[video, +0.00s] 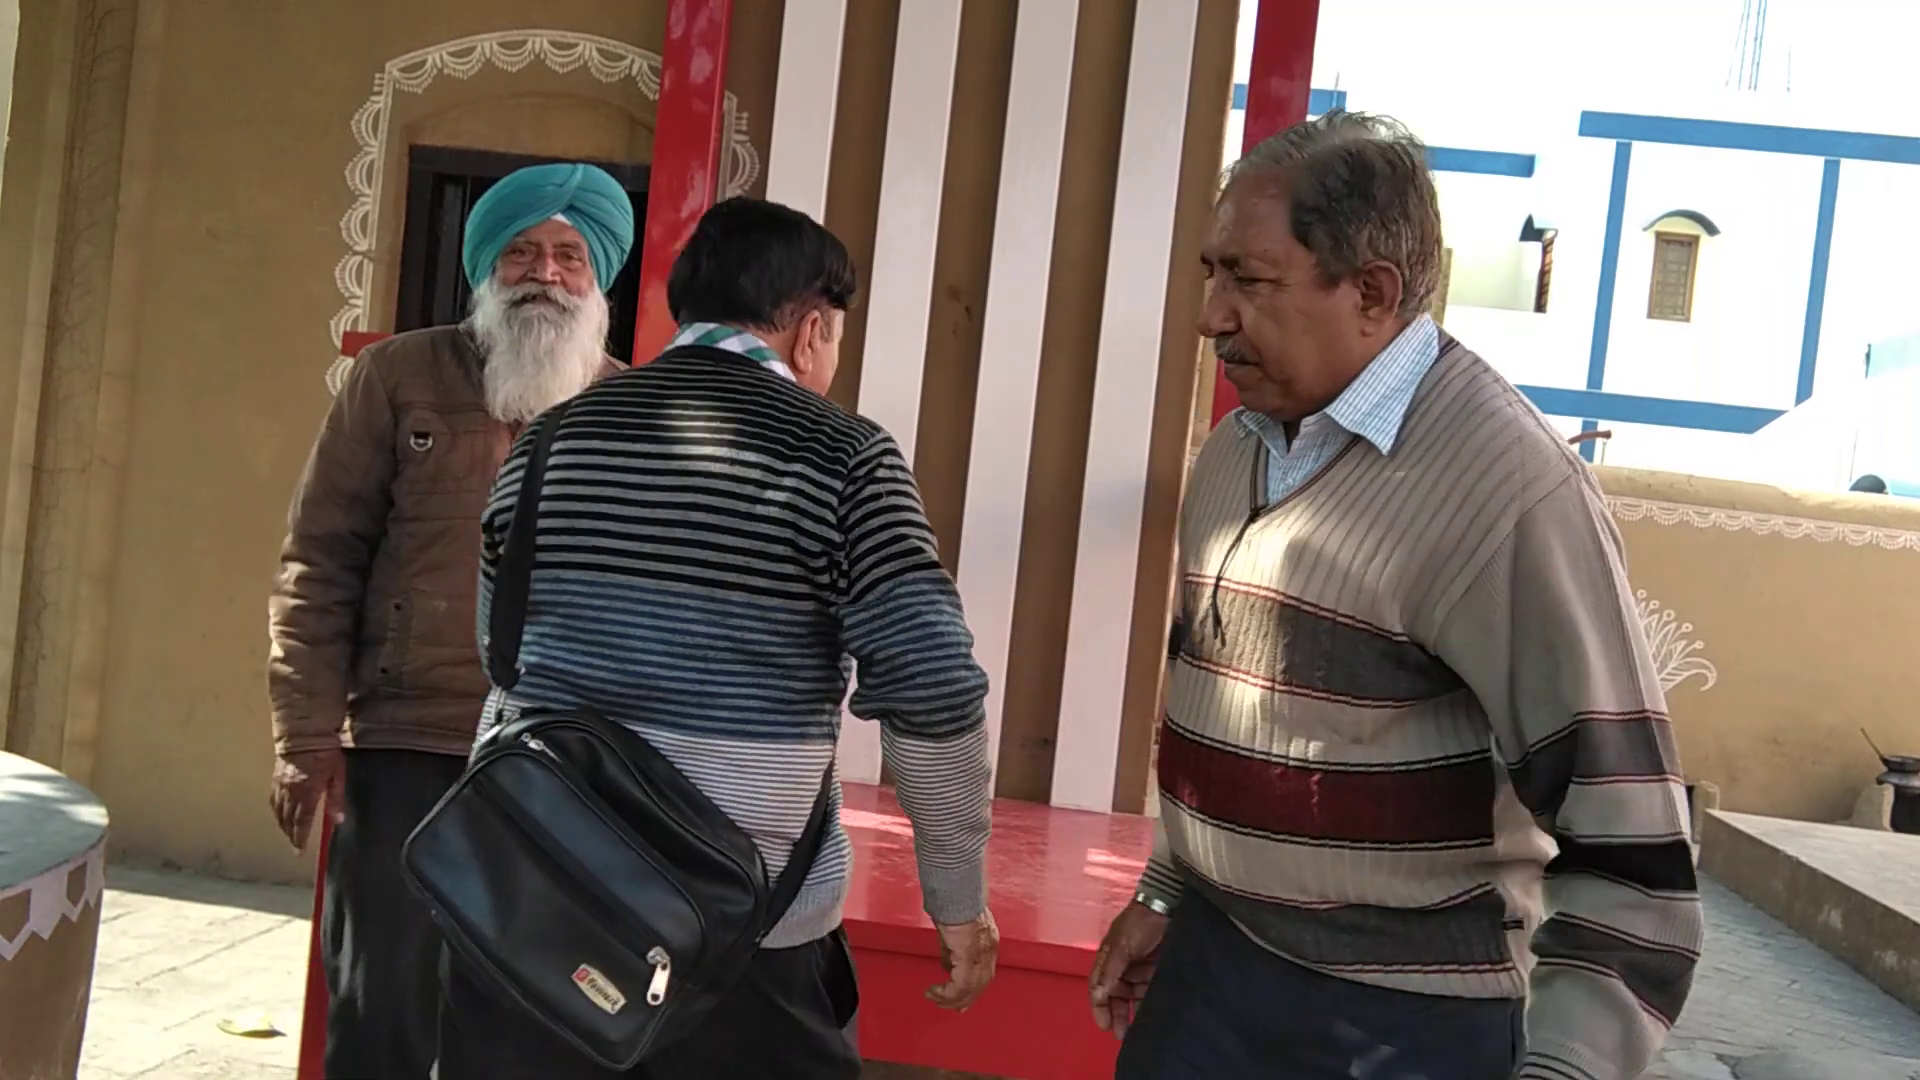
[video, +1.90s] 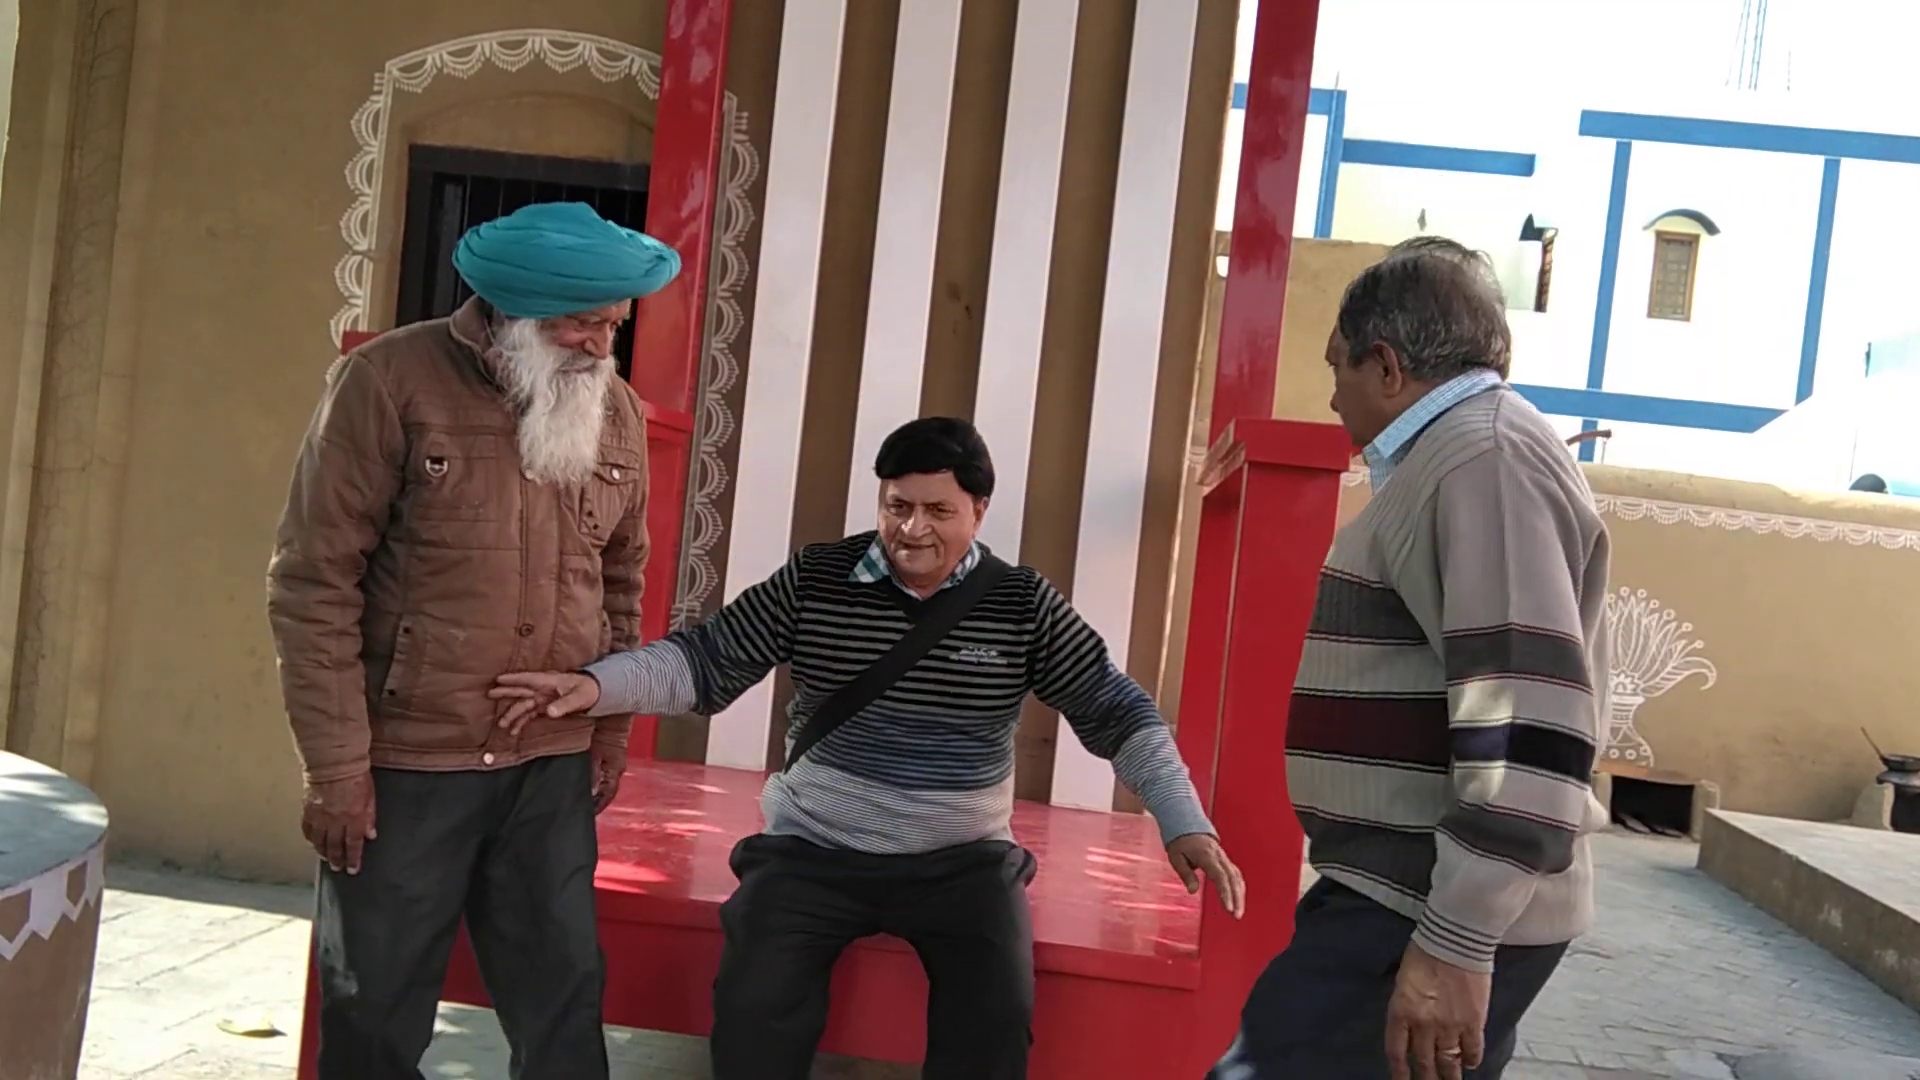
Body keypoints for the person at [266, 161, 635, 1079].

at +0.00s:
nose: (547, 270)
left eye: (571, 254)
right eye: (525, 249)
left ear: (603, 278)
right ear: (486, 265)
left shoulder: (628, 401)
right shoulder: (396, 375)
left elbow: (661, 589)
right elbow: (320, 561)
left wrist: (628, 759)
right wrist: (308, 735)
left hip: (559, 767)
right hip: (409, 760)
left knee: (529, 1027)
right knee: (383, 1019)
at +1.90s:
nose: (599, 338)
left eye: (610, 319)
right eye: (579, 319)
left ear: (618, 314)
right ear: (513, 310)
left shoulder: (616, 411)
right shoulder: (388, 381)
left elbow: (622, 584)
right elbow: (313, 580)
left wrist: (611, 727)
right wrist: (337, 766)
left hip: (549, 782)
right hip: (407, 782)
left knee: (564, 1030)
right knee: (375, 1040)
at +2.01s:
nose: (602, 337)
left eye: (614, 318)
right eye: (584, 316)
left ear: (621, 313)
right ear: (517, 306)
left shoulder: (619, 412)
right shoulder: (393, 379)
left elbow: (626, 585)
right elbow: (315, 575)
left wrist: (616, 728)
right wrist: (335, 763)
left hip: (553, 776)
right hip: (410, 776)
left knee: (569, 1013)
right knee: (378, 1032)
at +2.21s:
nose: (615, 329)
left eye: (630, 309)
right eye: (596, 306)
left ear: (638, 307)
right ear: (535, 299)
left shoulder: (644, 418)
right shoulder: (420, 376)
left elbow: (652, 590)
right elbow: (338, 568)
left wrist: (635, 725)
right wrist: (340, 750)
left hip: (567, 778)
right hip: (422, 772)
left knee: (550, 1037)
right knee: (386, 1031)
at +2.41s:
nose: (633, 313)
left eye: (652, 297)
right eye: (612, 290)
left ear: (669, 311)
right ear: (564, 294)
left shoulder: (680, 429)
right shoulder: (462, 369)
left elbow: (673, 594)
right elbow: (371, 550)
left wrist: (647, 725)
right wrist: (371, 727)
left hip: (583, 770)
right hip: (443, 757)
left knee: (557, 1030)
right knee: (398, 1017)